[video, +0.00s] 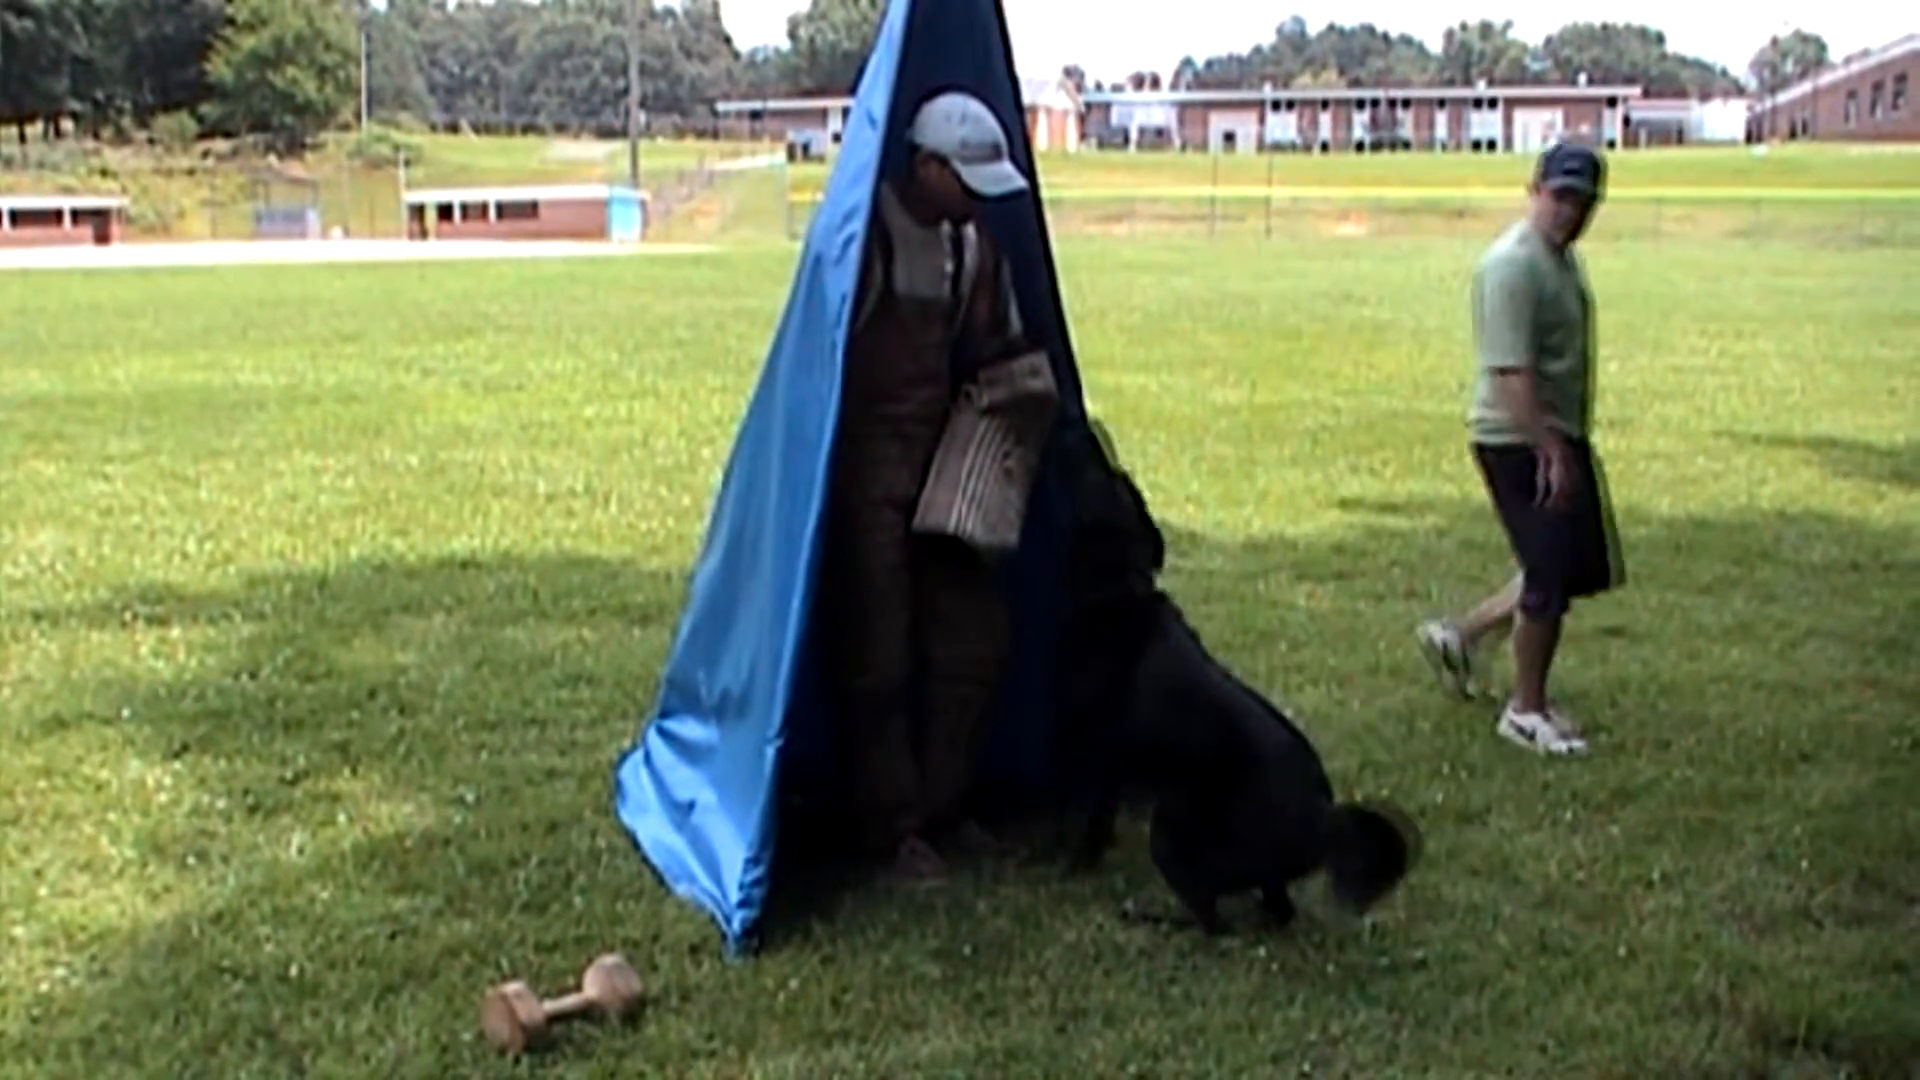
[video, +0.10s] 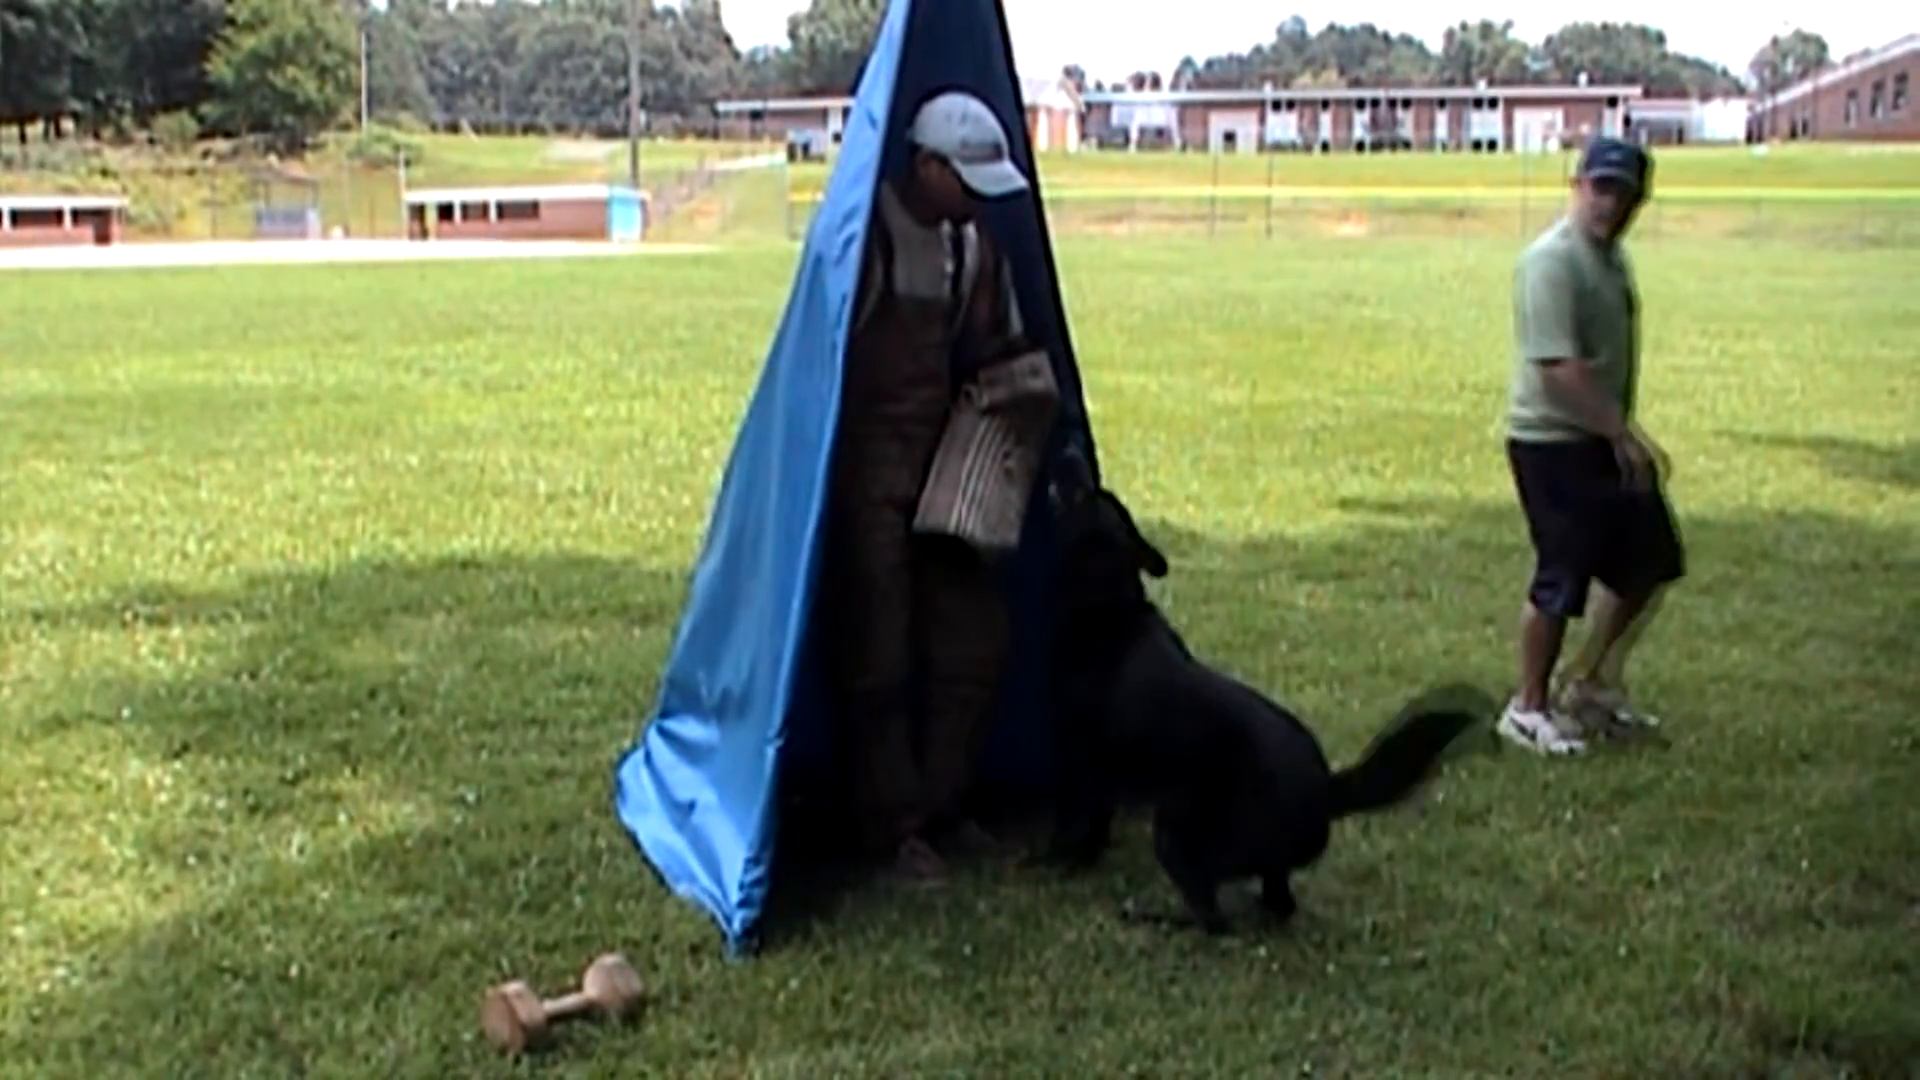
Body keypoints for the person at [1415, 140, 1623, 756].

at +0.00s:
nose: (1571, 212)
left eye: (1583, 202)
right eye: (1561, 198)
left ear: (1593, 208)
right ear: (1535, 194)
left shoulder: (1561, 262)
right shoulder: (1511, 267)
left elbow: (1559, 360)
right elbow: (1512, 374)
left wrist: (1573, 430)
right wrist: (1548, 442)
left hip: (1561, 435)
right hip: (1513, 439)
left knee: (1584, 565)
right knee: (1549, 570)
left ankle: (1463, 633)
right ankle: (1527, 708)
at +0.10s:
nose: (1610, 203)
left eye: (1624, 193)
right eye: (1601, 188)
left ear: (1636, 203)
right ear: (1578, 187)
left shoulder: (1610, 261)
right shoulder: (1550, 262)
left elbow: (1601, 358)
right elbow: (1558, 368)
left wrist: (1617, 432)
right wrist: (1622, 433)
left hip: (1601, 439)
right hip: (1548, 439)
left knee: (1649, 561)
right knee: (1563, 571)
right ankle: (1528, 704)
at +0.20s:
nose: (1654, 208)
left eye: (1668, 198)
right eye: (1644, 192)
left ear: (1682, 208)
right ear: (1622, 191)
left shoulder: (1663, 268)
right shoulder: (1593, 263)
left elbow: (1652, 362)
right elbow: (1599, 368)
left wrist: (1664, 431)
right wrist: (1691, 422)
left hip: (1650, 452)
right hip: (1585, 450)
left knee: (1690, 584)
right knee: (1568, 584)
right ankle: (1529, 707)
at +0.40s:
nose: (1744, 223)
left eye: (1759, 213)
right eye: (1735, 208)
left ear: (1778, 225)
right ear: (1716, 208)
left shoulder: (1770, 289)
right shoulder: (1685, 281)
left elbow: (1769, 385)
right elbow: (1680, 388)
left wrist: (1777, 455)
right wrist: (1756, 451)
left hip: (1757, 473)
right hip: (1687, 474)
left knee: (1788, 611)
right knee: (1653, 604)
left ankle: (1787, 741)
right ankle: (1560, 688)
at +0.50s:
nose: (1788, 216)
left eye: (1804, 206)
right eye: (1779, 200)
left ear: (1822, 217)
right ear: (1760, 202)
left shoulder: (1819, 284)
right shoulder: (1727, 277)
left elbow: (1831, 379)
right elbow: (1720, 382)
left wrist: (1862, 444)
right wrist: (1752, 469)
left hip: (1802, 467)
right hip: (1737, 467)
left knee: (1812, 607)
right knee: (1750, 607)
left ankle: (1788, 742)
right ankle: (1644, 672)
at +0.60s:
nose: (1825, 206)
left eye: (1841, 196)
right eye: (1816, 191)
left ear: (1863, 208)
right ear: (1800, 193)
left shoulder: (1868, 278)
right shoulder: (1764, 270)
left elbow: (1894, 367)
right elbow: (1734, 371)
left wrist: (1918, 409)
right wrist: (1751, 465)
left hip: (1838, 458)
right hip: (1782, 457)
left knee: (1834, 598)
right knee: (1824, 590)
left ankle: (1790, 734)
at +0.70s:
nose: (1864, 209)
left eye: (1880, 199)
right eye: (1855, 194)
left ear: (1901, 208)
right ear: (1835, 196)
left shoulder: (1906, 279)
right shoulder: (1801, 272)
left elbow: (1908, 356)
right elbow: (1749, 370)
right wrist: (1753, 468)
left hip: (1868, 457)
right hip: (1811, 457)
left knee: (1819, 602)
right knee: (1875, 605)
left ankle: (1788, 738)